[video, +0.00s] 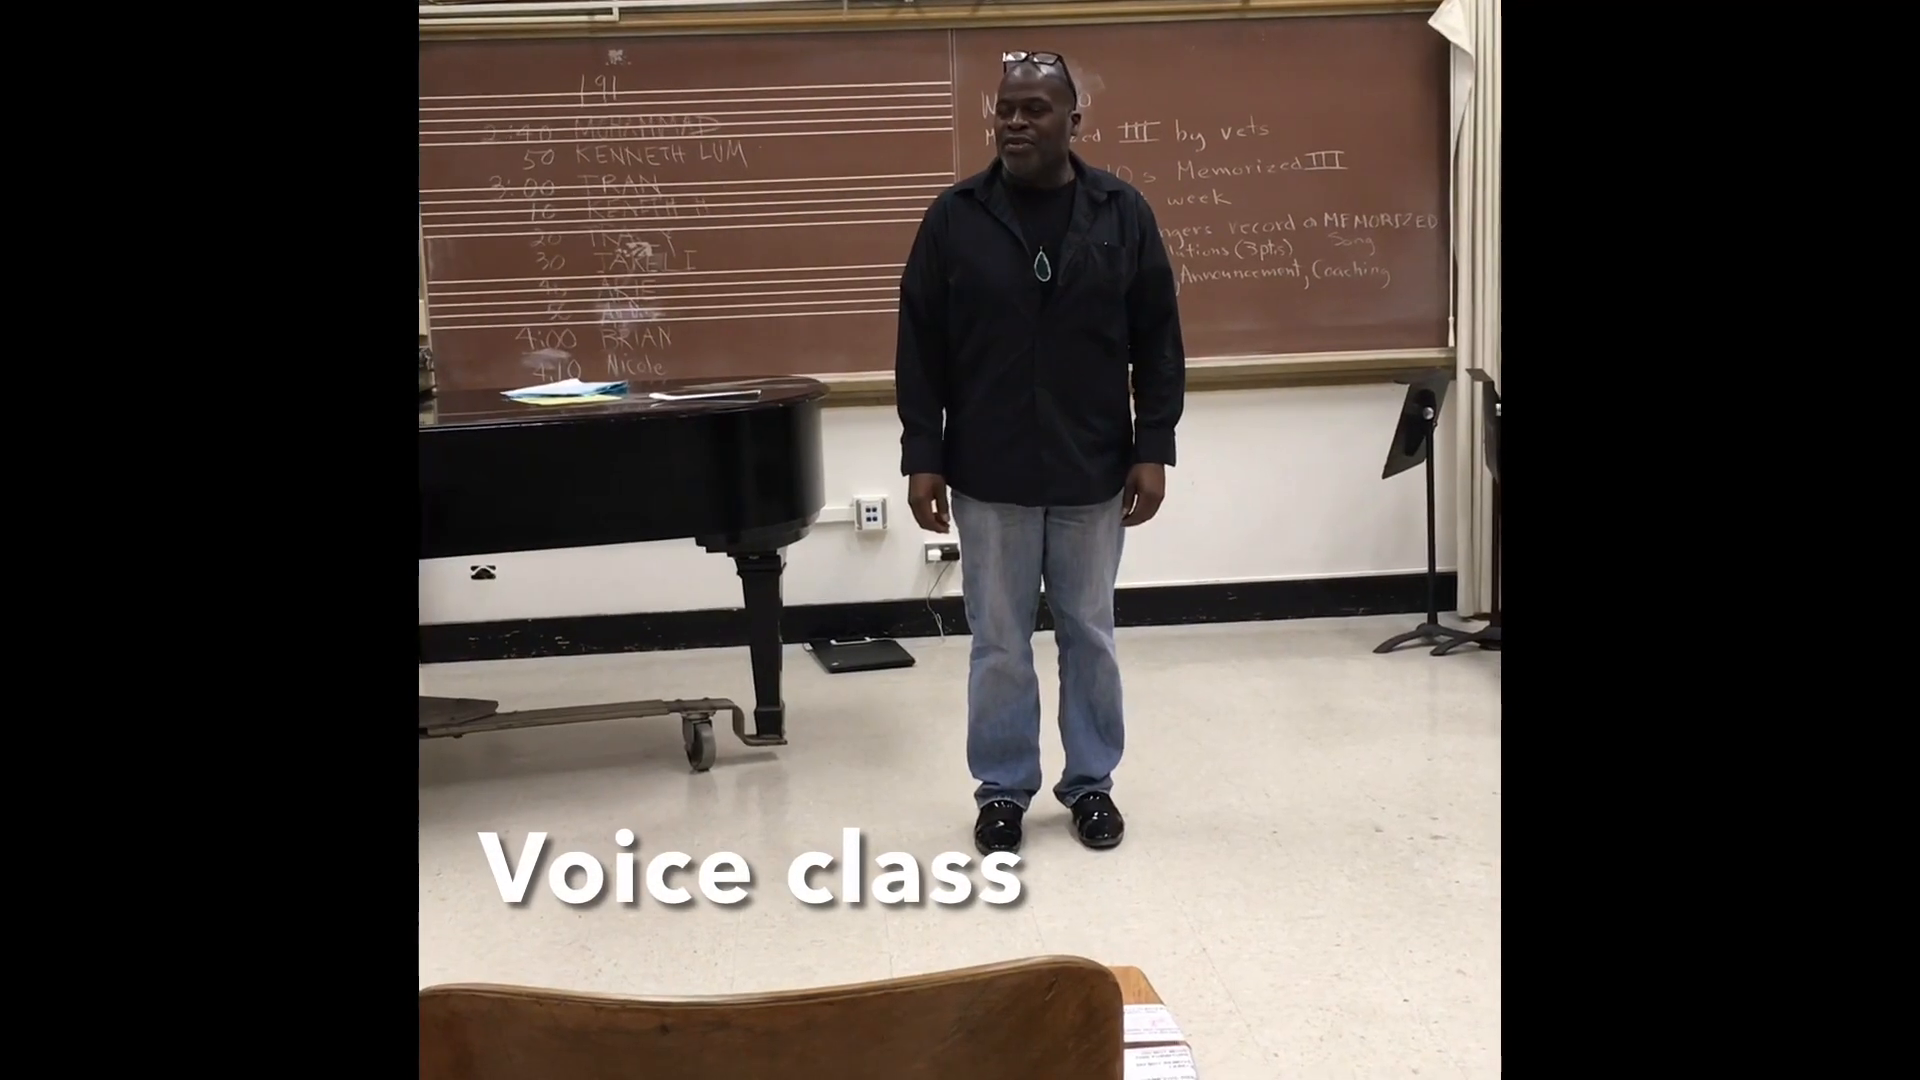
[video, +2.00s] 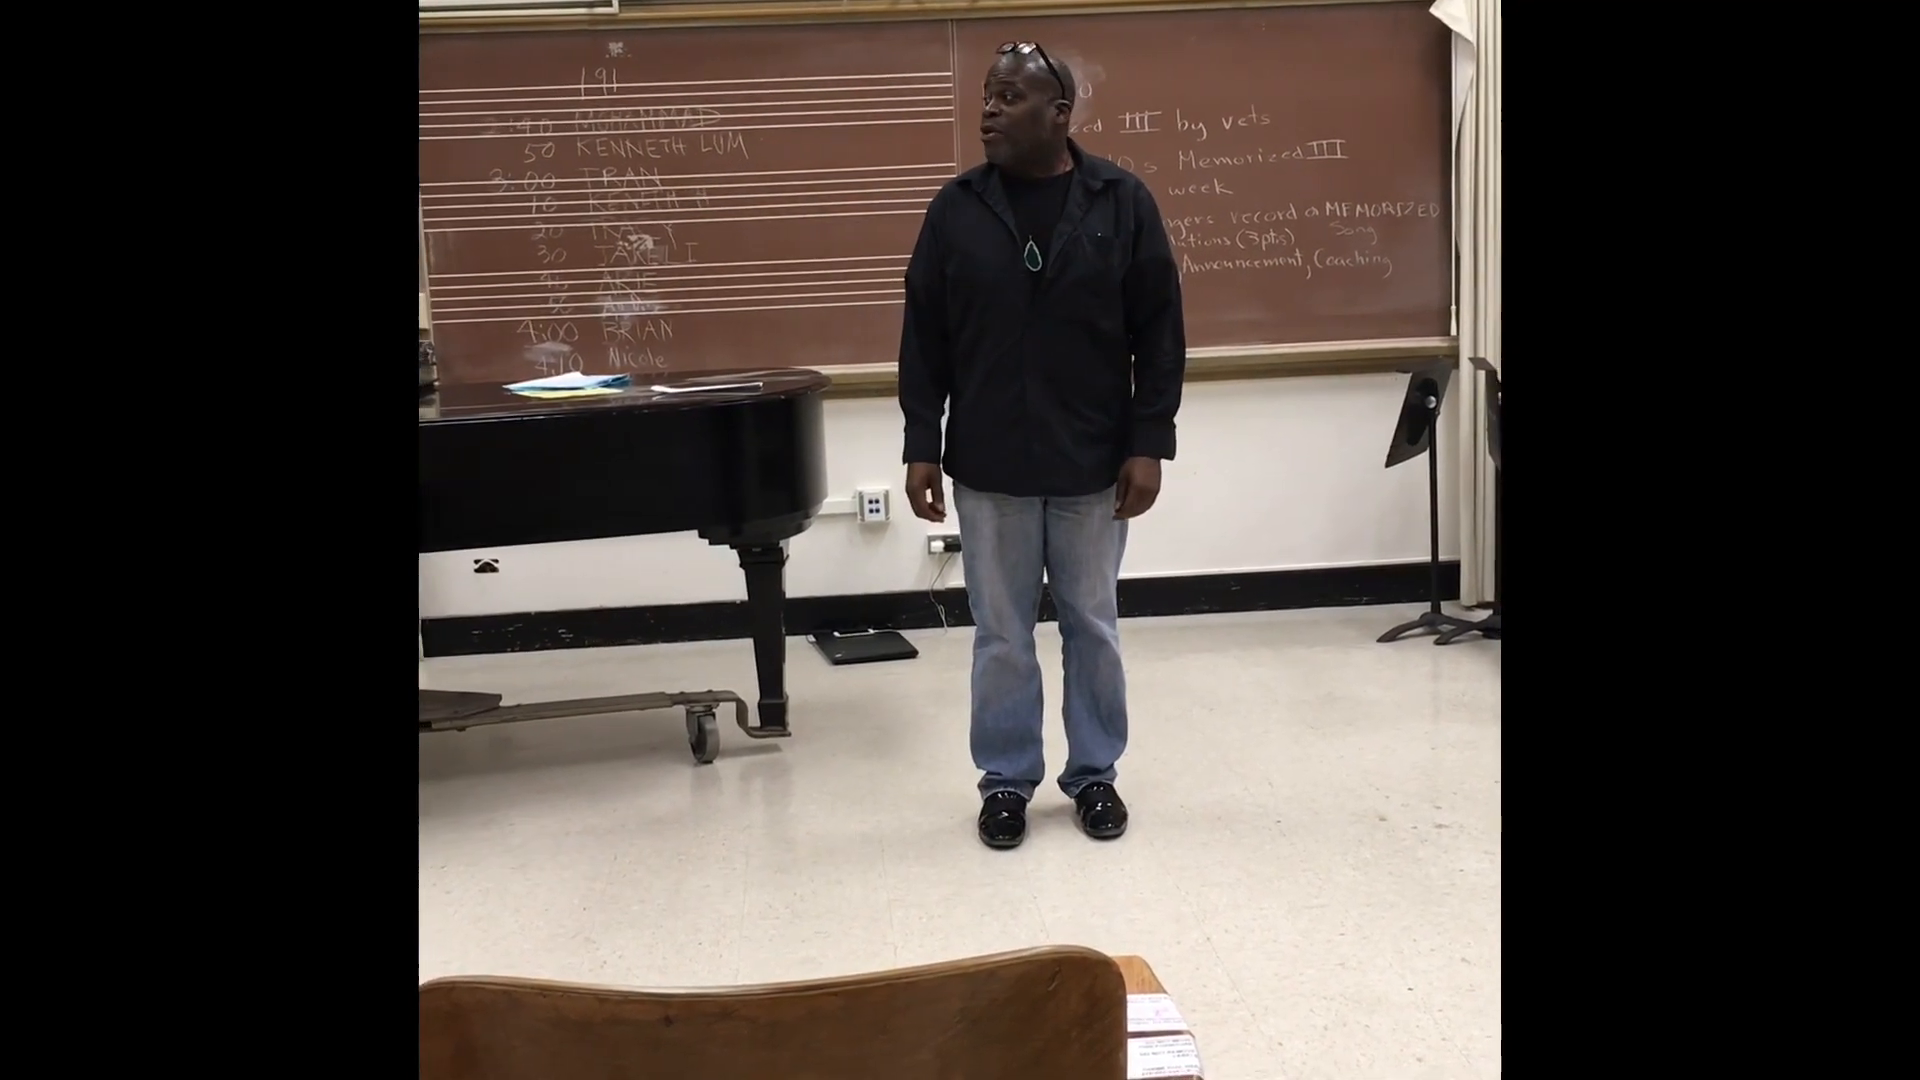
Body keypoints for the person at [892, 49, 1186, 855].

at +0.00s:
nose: (1014, 123)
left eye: (1034, 110)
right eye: (1005, 109)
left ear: (1074, 119)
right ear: (992, 117)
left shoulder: (1122, 213)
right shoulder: (953, 217)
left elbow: (1158, 339)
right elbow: (919, 343)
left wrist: (1152, 451)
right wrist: (921, 459)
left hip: (1092, 462)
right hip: (988, 464)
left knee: (1089, 633)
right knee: (999, 640)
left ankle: (1091, 784)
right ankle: (1001, 792)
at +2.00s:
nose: (989, 110)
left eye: (1008, 97)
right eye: (988, 97)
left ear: (1062, 111)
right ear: (990, 107)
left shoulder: (1122, 201)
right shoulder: (956, 208)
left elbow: (1159, 330)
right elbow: (924, 333)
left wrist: (1148, 446)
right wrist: (921, 447)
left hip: (1093, 453)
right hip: (988, 456)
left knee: (1092, 626)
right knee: (1001, 632)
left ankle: (1095, 774)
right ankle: (1004, 781)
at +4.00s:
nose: (1021, 116)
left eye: (1039, 103)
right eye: (1016, 103)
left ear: (1087, 113)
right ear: (1008, 113)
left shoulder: (1144, 204)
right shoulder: (977, 214)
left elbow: (1183, 333)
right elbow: (947, 342)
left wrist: (1174, 449)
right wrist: (948, 456)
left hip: (1118, 457)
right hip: (1015, 461)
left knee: (1120, 629)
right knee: (1029, 635)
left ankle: (1123, 776)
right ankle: (1034, 784)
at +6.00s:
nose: (1066, 108)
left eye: (1078, 96)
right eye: (1046, 97)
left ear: (1097, 109)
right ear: (1015, 114)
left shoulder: (1143, 204)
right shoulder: (973, 215)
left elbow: (1182, 331)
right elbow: (943, 345)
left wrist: (1179, 444)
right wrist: (952, 461)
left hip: (1118, 457)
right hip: (1014, 461)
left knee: (1117, 628)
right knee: (1025, 635)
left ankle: (1119, 778)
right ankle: (1029, 784)